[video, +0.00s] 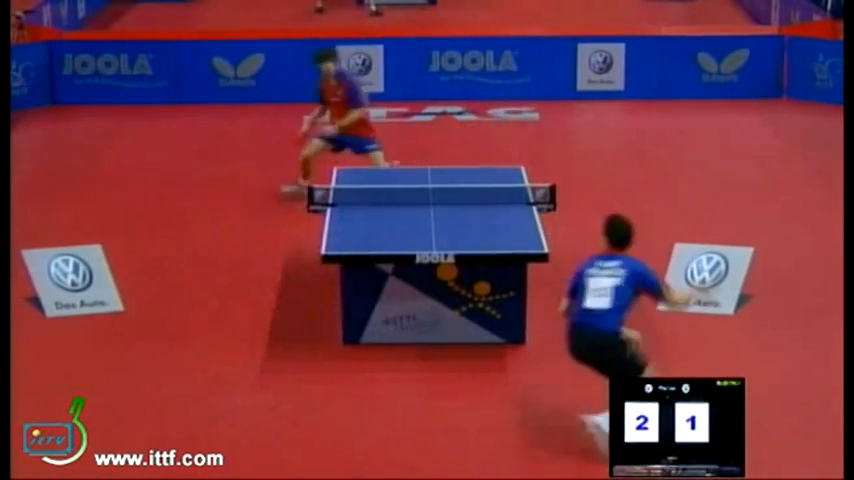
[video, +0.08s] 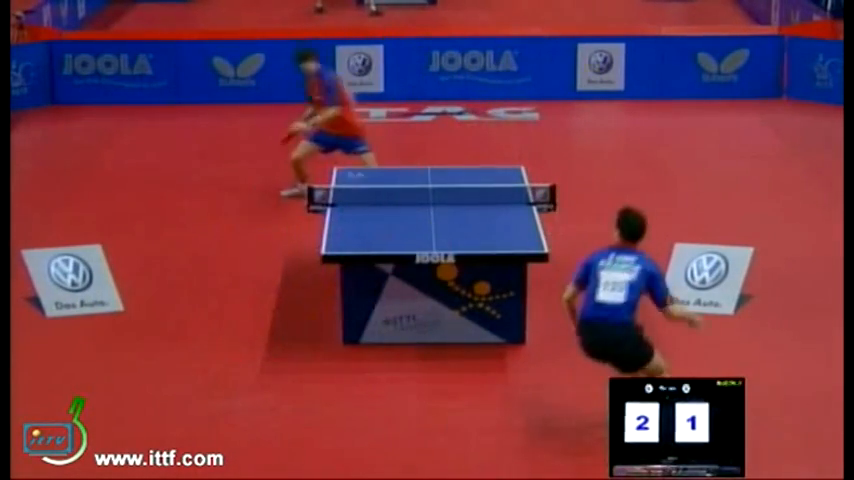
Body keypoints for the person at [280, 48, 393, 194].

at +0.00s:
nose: (327, 67)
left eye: (330, 63)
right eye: (323, 64)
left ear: (335, 64)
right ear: (319, 66)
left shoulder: (347, 82)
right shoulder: (323, 83)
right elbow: (324, 106)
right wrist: (310, 121)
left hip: (360, 133)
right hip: (337, 132)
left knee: (380, 168)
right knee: (305, 155)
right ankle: (305, 186)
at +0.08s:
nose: (307, 68)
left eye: (309, 63)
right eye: (304, 65)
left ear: (316, 62)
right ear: (301, 67)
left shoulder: (329, 79)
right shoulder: (310, 80)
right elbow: (314, 106)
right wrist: (300, 124)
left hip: (350, 132)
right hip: (327, 131)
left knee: (372, 169)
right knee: (296, 158)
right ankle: (303, 186)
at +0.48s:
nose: (227, 87)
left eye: (228, 82)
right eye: (224, 84)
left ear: (236, 77)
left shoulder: (259, 81)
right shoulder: (242, 93)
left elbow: (286, 94)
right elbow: (243, 119)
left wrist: (282, 106)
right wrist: (214, 120)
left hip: (285, 130)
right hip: (270, 132)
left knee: (258, 156)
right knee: (258, 169)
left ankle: (266, 202)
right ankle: (293, 179)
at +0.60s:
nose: (225, 71)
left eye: (227, 66)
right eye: (222, 69)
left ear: (233, 65)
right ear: (219, 72)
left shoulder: (249, 79)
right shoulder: (222, 84)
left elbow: (271, 97)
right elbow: (200, 84)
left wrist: (252, 93)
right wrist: (215, 66)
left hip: (257, 132)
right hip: (237, 135)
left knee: (248, 162)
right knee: (228, 172)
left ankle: (265, 200)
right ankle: (257, 175)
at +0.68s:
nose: (218, 67)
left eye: (220, 63)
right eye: (214, 64)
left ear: (226, 64)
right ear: (210, 68)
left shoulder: (239, 80)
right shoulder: (211, 83)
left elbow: (266, 97)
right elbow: (191, 80)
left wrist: (254, 97)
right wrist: (206, 62)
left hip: (243, 134)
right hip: (221, 134)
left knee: (244, 164)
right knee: (203, 170)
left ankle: (262, 200)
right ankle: (190, 194)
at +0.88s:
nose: (214, 80)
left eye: (217, 77)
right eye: (211, 76)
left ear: (220, 79)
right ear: (202, 78)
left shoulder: (225, 98)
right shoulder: (194, 96)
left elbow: (243, 114)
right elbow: (174, 111)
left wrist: (259, 130)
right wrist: (189, 92)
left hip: (213, 147)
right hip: (190, 147)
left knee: (235, 171)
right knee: (170, 178)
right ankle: (142, 201)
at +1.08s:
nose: (245, 58)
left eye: (248, 54)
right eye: (241, 54)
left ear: (251, 56)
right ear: (234, 56)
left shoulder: (257, 74)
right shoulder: (225, 75)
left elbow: (273, 84)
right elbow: (203, 97)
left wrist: (286, 99)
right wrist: (214, 106)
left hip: (241, 130)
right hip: (219, 129)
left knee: (248, 166)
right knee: (197, 160)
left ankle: (222, 195)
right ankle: (169, 192)